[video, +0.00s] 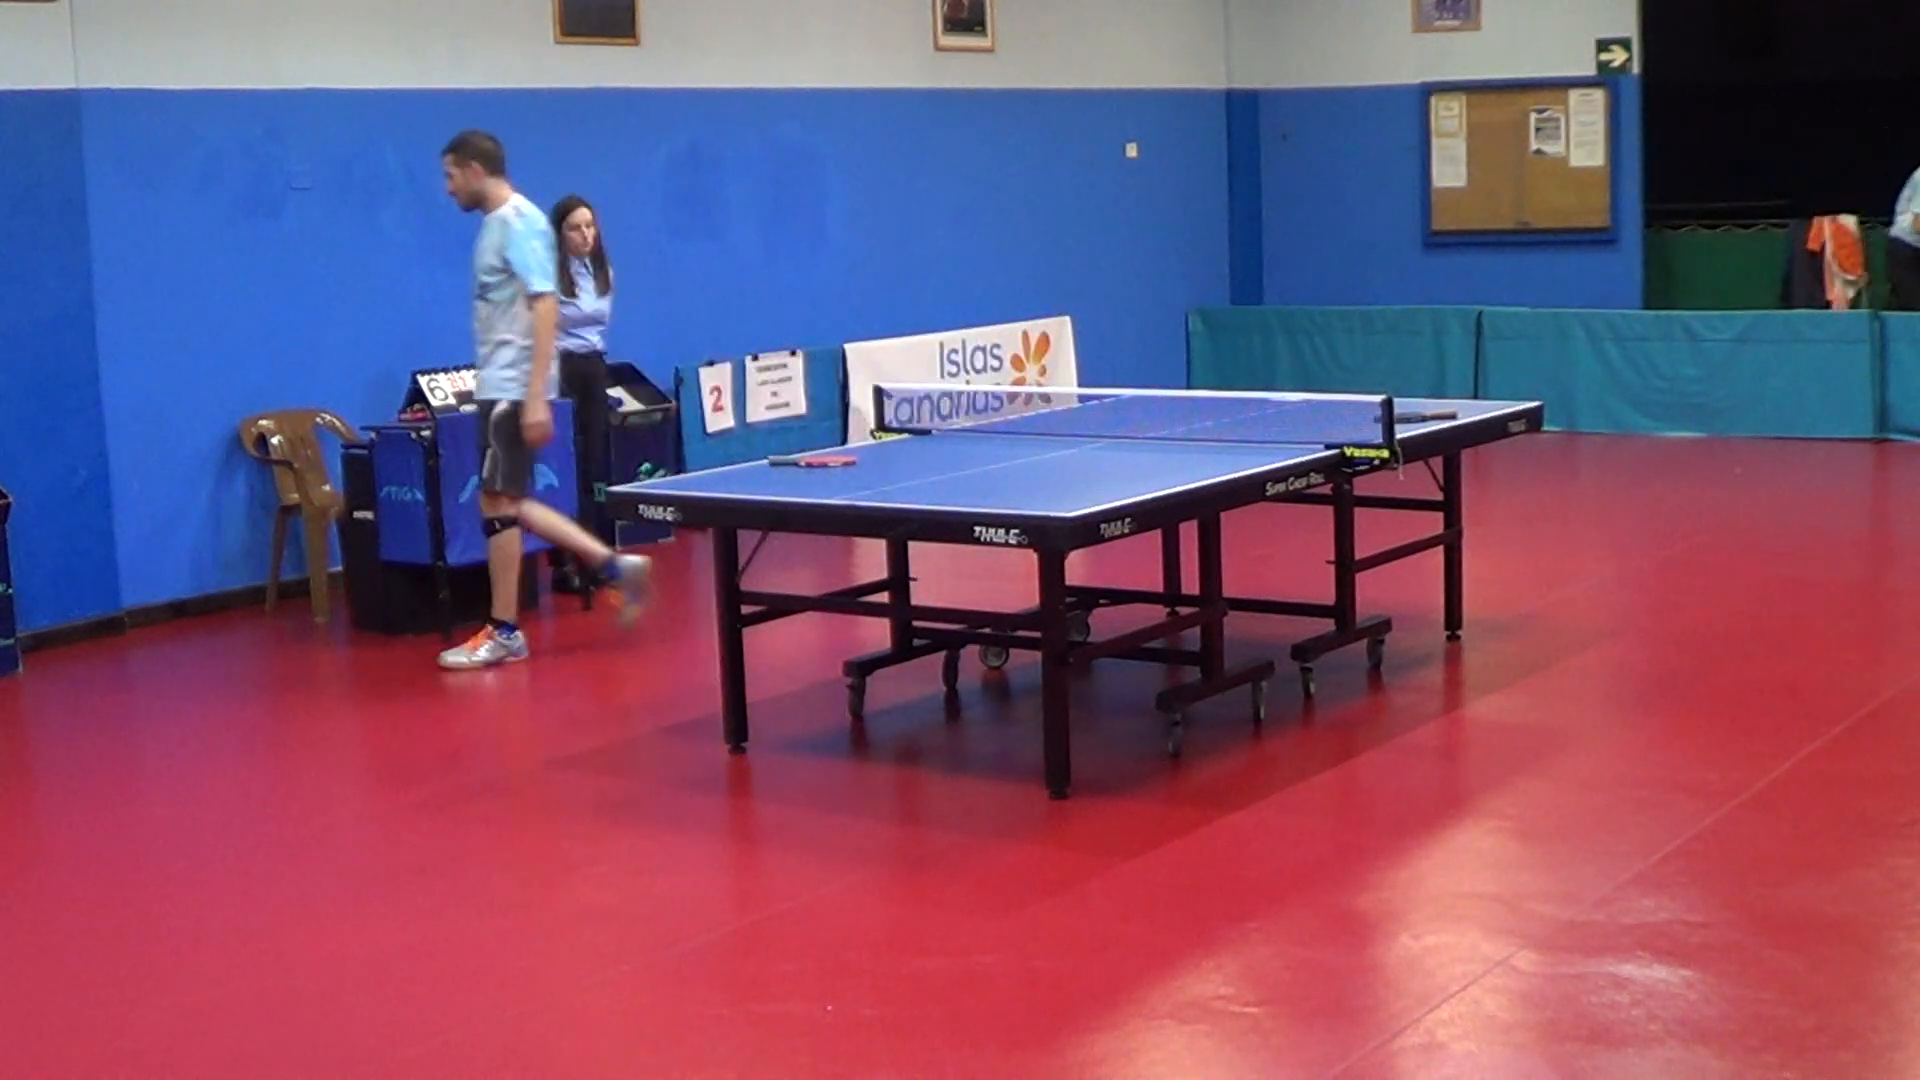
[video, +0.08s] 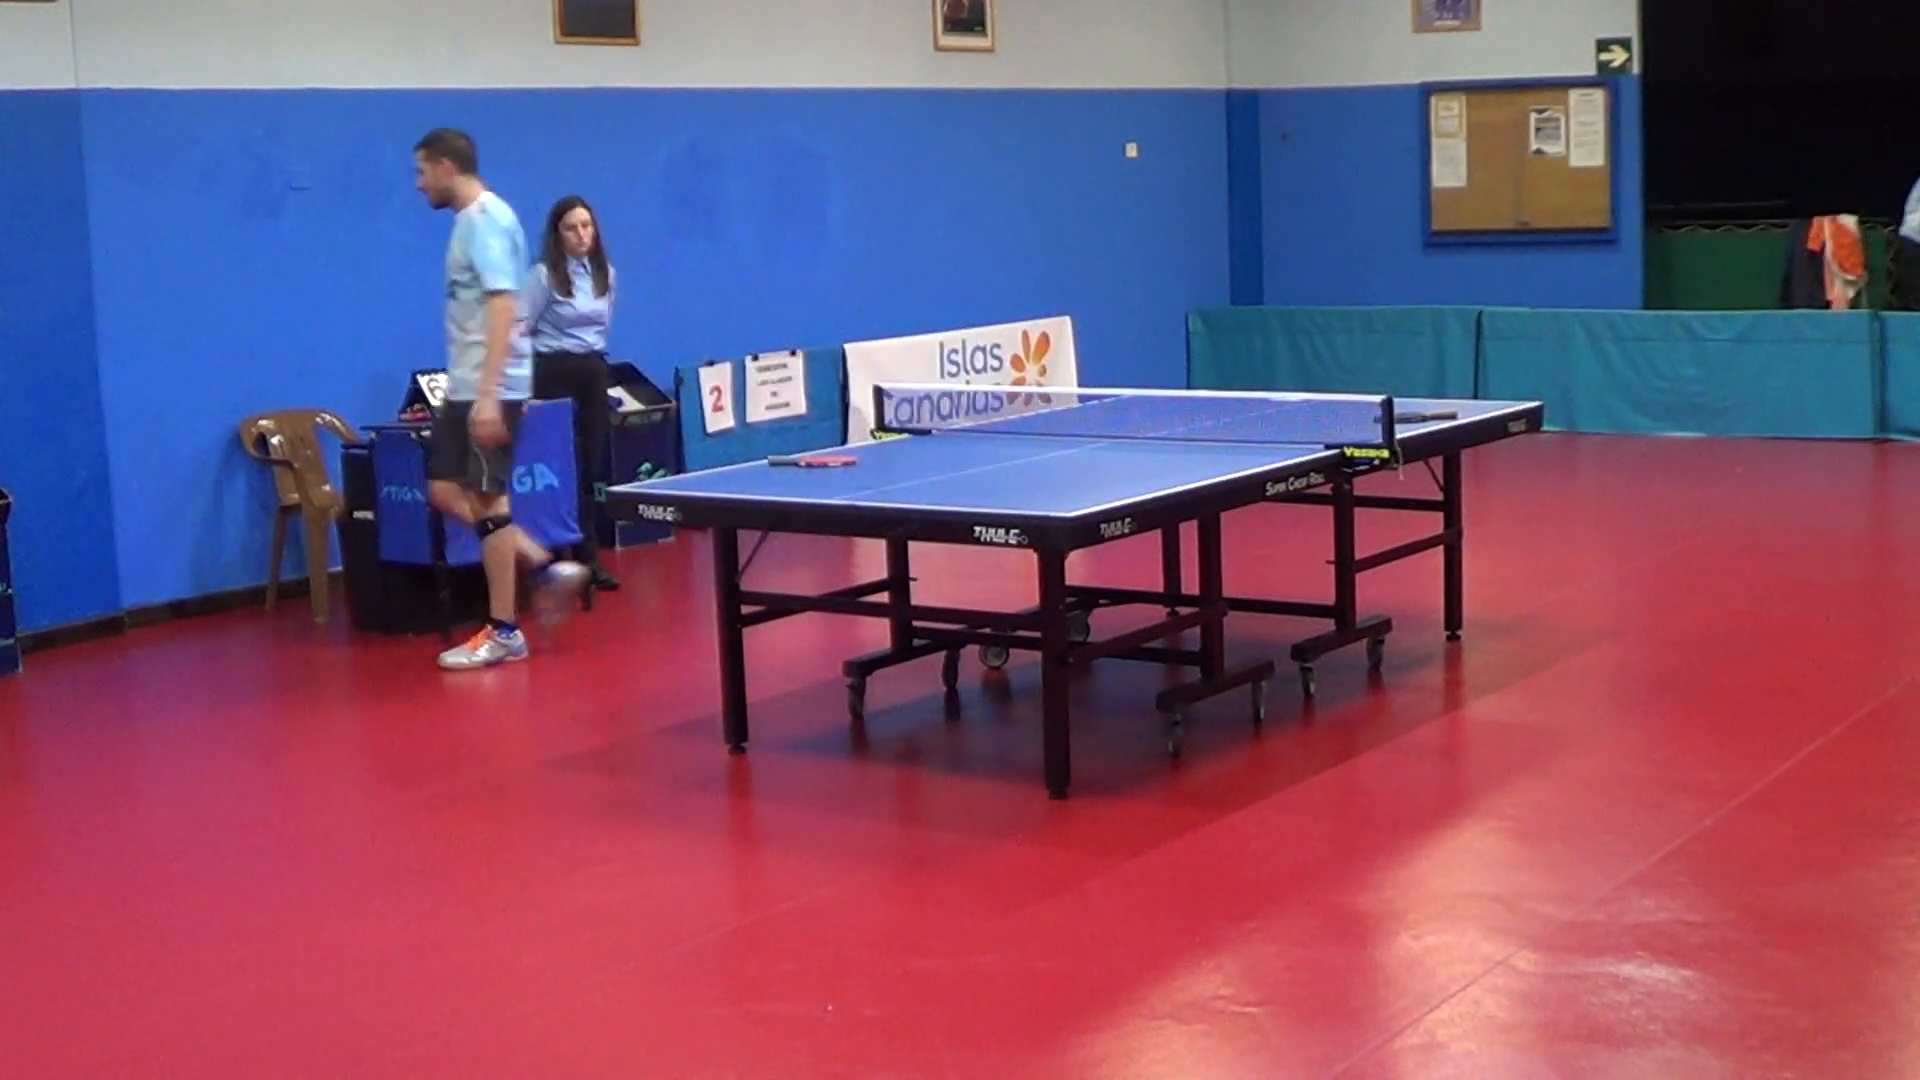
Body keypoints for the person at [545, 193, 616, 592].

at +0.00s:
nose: (586, 235)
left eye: (590, 226)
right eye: (576, 229)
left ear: (597, 229)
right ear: (560, 235)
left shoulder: (604, 273)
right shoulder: (552, 275)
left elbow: (603, 322)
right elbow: (538, 321)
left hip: (593, 364)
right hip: (558, 365)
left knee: (596, 462)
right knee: (564, 468)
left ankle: (602, 555)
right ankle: (565, 559)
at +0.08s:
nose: (581, 233)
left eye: (586, 225)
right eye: (571, 227)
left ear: (595, 229)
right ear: (558, 234)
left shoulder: (605, 274)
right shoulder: (543, 275)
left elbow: (603, 323)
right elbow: (520, 325)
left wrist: (584, 350)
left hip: (592, 367)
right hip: (554, 368)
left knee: (592, 463)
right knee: (561, 462)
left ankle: (589, 556)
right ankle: (563, 554)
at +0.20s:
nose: (578, 234)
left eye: (583, 226)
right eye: (569, 228)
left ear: (594, 229)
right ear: (555, 233)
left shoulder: (607, 272)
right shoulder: (536, 279)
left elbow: (609, 321)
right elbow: (520, 335)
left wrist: (589, 349)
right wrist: (536, 361)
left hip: (593, 366)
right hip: (551, 367)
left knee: (592, 461)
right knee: (556, 463)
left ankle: (590, 557)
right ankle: (560, 563)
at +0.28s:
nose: (577, 234)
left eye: (583, 225)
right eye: (568, 227)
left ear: (593, 229)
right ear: (555, 233)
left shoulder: (607, 272)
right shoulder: (535, 279)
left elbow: (610, 320)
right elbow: (520, 332)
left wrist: (590, 348)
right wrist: (535, 359)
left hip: (593, 366)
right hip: (550, 367)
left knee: (592, 461)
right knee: (556, 462)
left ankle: (590, 557)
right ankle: (559, 562)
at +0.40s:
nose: (577, 234)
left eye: (583, 225)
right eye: (568, 227)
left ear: (593, 229)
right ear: (555, 233)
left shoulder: (607, 272)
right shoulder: (535, 279)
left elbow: (610, 320)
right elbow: (520, 332)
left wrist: (589, 347)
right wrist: (536, 358)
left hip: (593, 367)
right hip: (550, 368)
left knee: (592, 461)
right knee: (556, 463)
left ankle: (591, 558)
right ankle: (559, 562)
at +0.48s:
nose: (577, 233)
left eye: (583, 225)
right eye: (568, 227)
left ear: (593, 229)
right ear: (555, 233)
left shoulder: (607, 273)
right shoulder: (535, 280)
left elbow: (610, 320)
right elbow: (520, 332)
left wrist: (589, 349)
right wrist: (534, 360)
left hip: (593, 367)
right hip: (550, 369)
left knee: (593, 461)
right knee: (556, 463)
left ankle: (592, 556)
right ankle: (559, 562)